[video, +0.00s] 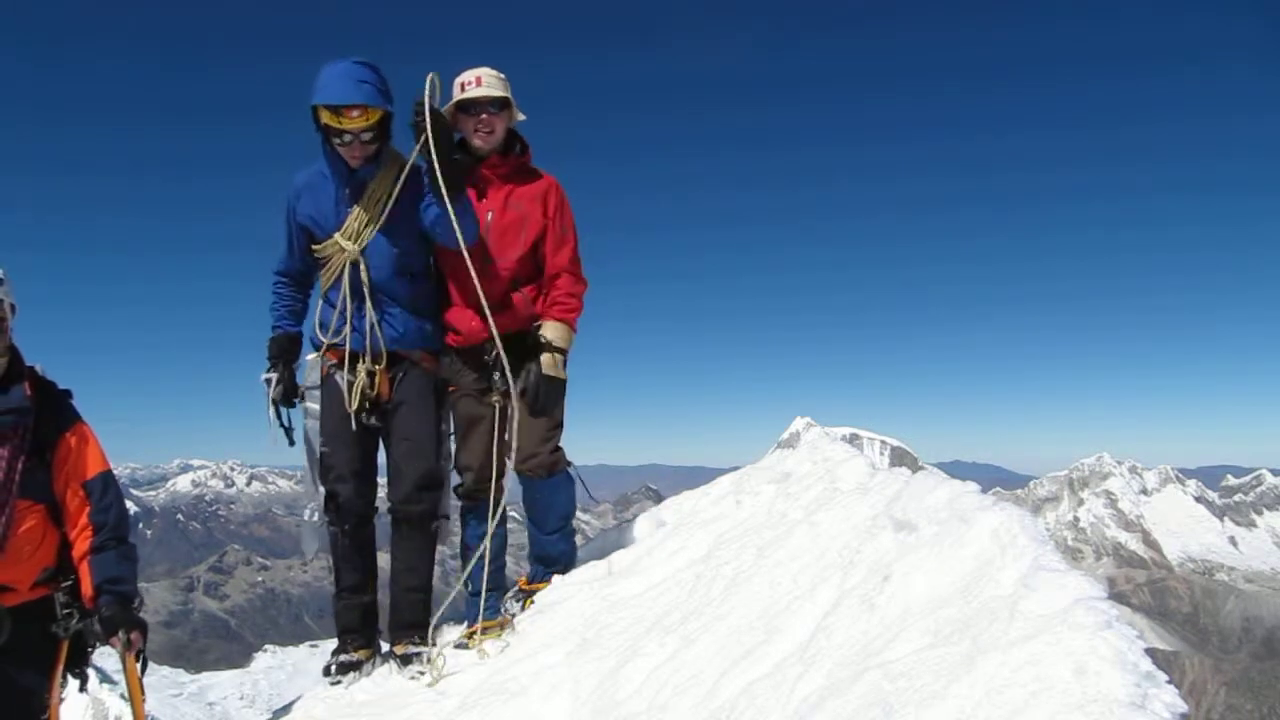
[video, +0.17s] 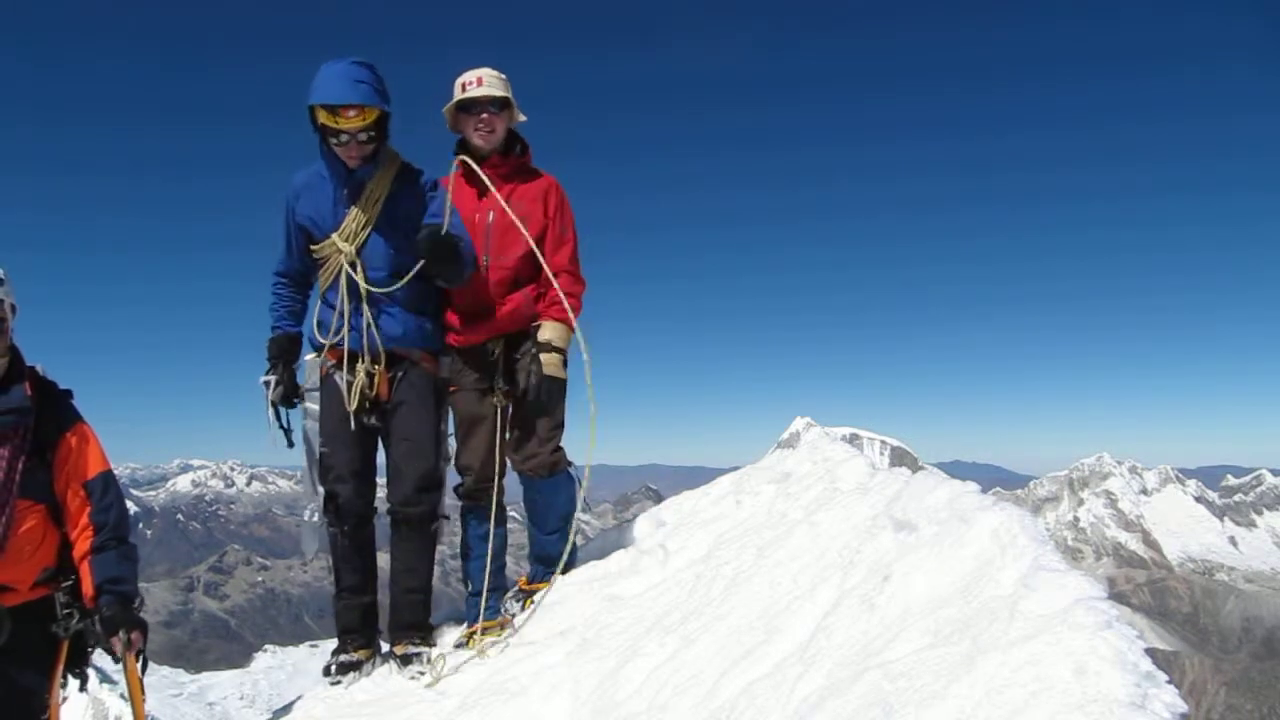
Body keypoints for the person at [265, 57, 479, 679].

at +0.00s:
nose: (354, 138)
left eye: (367, 125)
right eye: (340, 126)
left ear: (386, 122)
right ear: (322, 125)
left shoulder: (413, 180)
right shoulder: (307, 190)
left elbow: (458, 235)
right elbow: (290, 280)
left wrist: (440, 156)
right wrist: (281, 357)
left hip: (412, 362)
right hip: (339, 367)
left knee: (415, 500)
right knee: (346, 502)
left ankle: (409, 634)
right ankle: (355, 640)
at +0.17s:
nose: (352, 140)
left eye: (364, 126)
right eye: (338, 128)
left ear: (384, 123)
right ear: (319, 127)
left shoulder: (416, 186)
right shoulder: (306, 191)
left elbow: (459, 269)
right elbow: (289, 281)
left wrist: (447, 256)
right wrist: (282, 359)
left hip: (411, 363)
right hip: (338, 366)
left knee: (414, 500)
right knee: (346, 501)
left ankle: (410, 634)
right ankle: (355, 640)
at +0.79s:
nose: (366, 131)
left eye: (378, 118)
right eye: (353, 119)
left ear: (397, 119)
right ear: (335, 119)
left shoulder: (418, 191)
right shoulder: (311, 185)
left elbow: (448, 280)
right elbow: (288, 274)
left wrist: (451, 361)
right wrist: (272, 349)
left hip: (411, 366)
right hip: (337, 369)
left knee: (402, 498)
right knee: (342, 501)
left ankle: (388, 638)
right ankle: (352, 638)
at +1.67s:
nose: (391, 91)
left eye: (405, 81)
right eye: (379, 79)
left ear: (419, 91)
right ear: (360, 86)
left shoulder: (437, 180)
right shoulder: (320, 162)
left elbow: (465, 264)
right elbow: (280, 253)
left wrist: (503, 277)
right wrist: (266, 327)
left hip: (416, 354)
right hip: (341, 349)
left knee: (407, 502)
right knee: (335, 496)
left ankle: (390, 646)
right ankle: (316, 661)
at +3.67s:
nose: (386, 93)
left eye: (400, 85)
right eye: (375, 82)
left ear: (414, 98)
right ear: (354, 89)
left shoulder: (422, 188)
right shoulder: (315, 157)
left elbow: (438, 281)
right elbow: (259, 248)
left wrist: (443, 356)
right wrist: (256, 333)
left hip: (407, 361)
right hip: (339, 354)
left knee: (378, 506)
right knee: (331, 502)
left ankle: (355, 641)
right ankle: (302, 669)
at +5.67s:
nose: (407, 104)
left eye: (411, 94)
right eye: (394, 92)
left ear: (409, 104)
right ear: (360, 97)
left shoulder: (409, 191)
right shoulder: (316, 164)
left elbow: (430, 283)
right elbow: (258, 254)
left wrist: (437, 360)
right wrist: (311, 277)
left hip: (406, 364)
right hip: (345, 357)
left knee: (377, 507)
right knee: (329, 505)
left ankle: (354, 642)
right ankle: (299, 675)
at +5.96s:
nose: (403, 108)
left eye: (407, 98)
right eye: (391, 96)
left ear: (404, 107)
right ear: (357, 100)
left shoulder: (400, 193)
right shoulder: (313, 168)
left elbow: (421, 281)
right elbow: (262, 261)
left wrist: (433, 359)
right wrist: (327, 286)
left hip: (402, 361)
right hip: (347, 356)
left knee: (380, 504)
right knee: (340, 499)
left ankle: (354, 642)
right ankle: (297, 675)